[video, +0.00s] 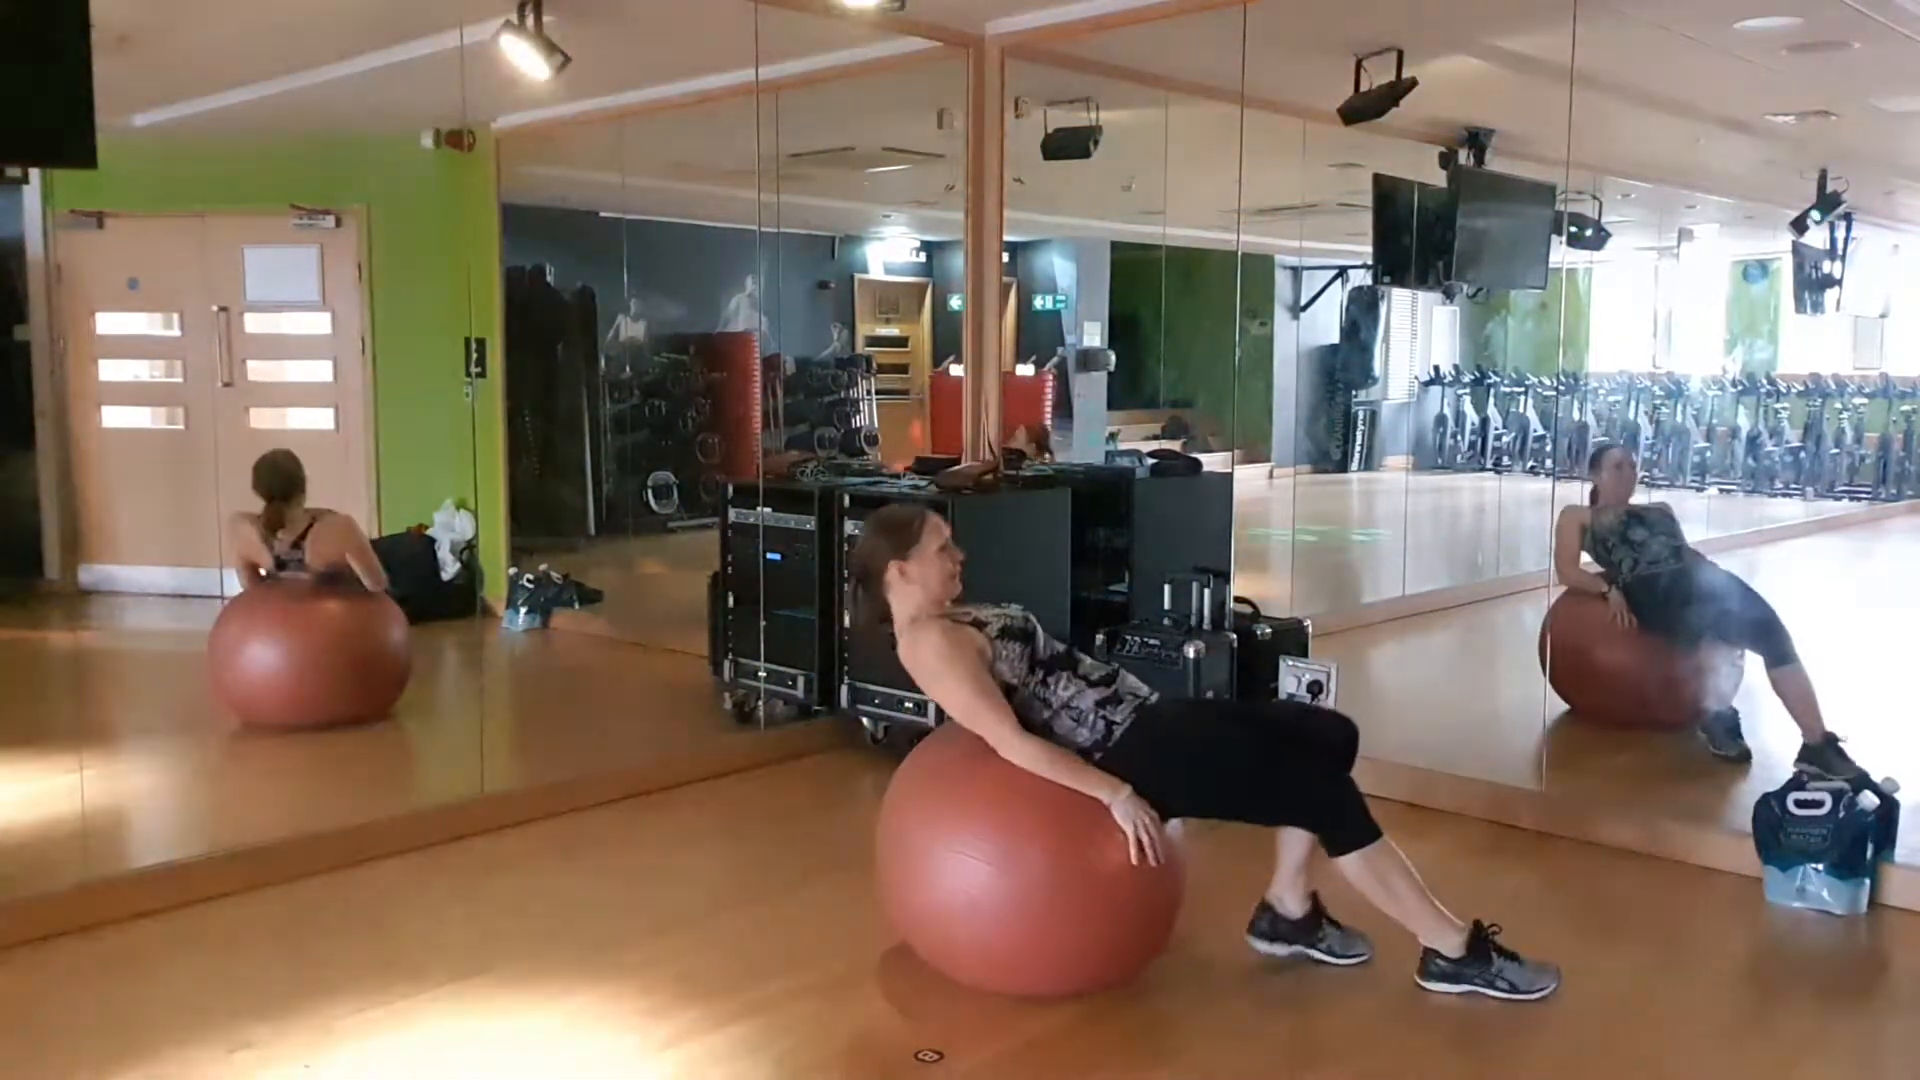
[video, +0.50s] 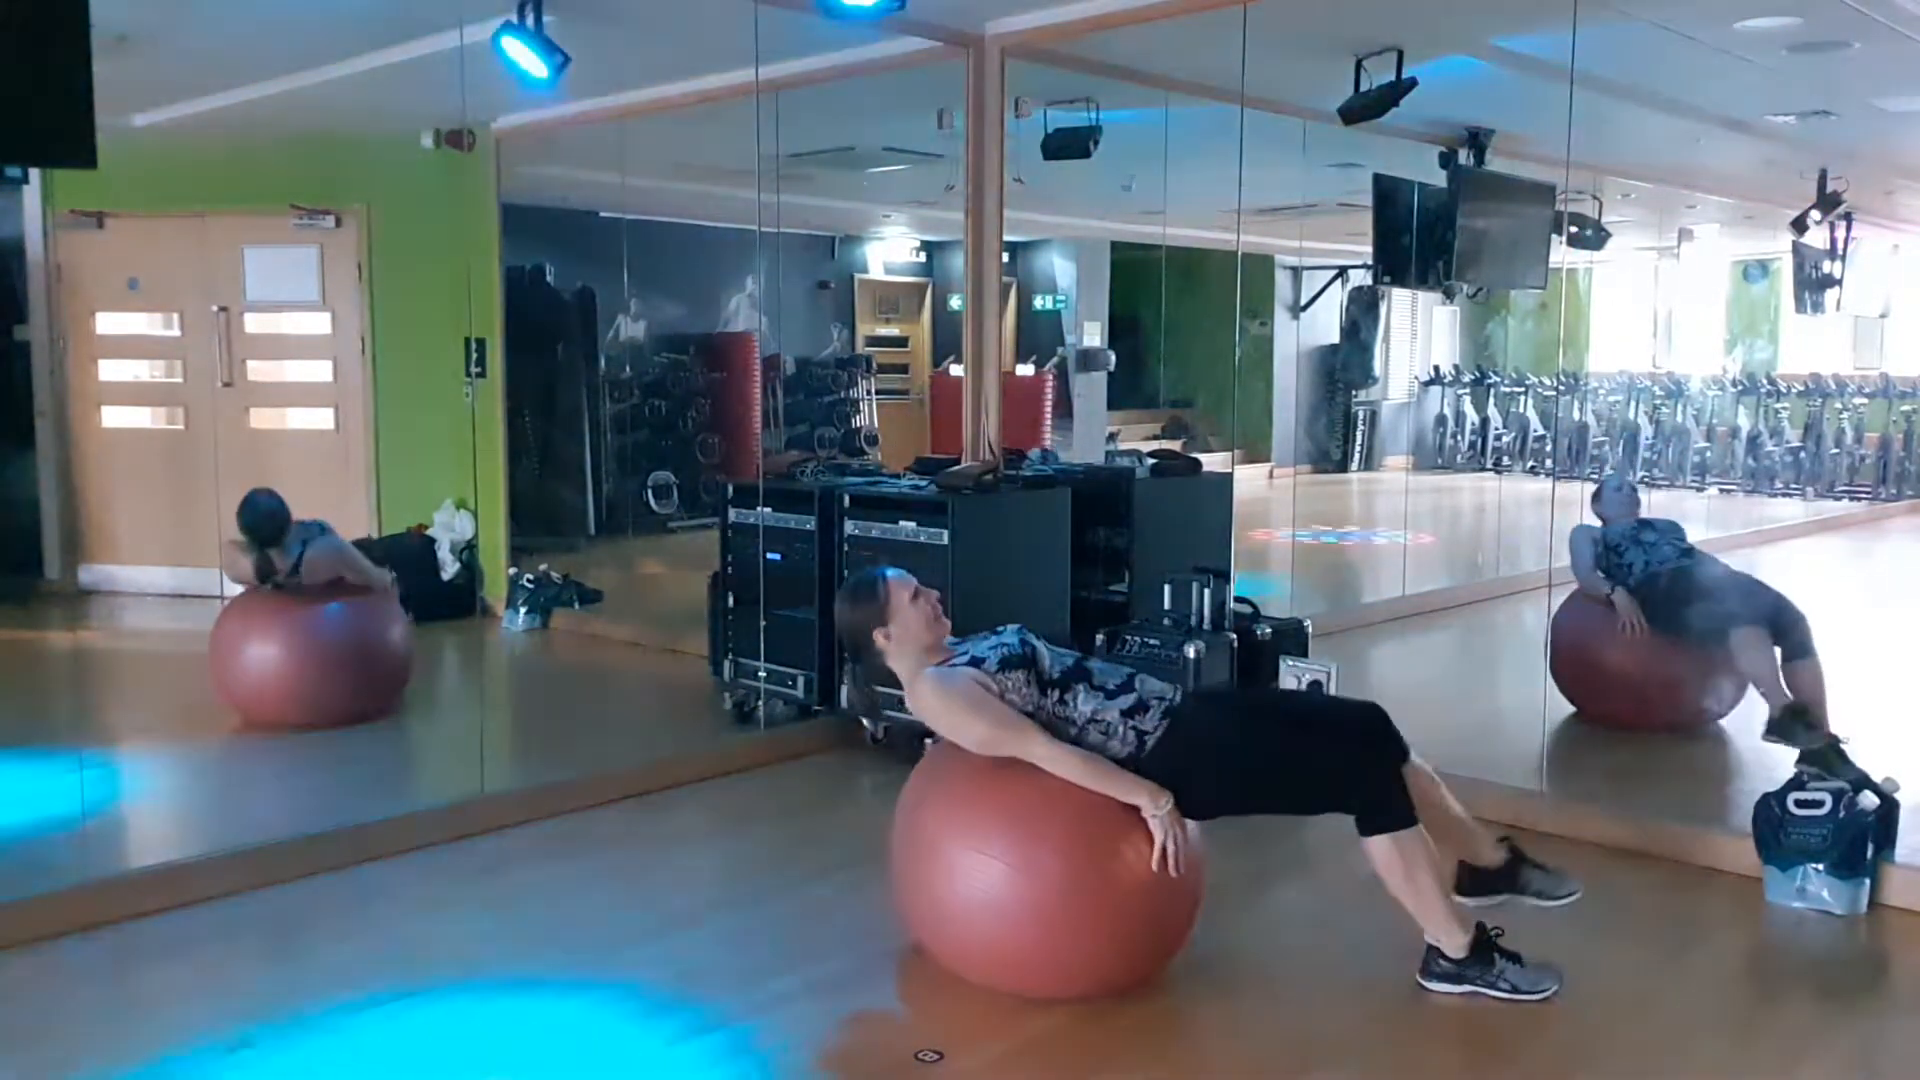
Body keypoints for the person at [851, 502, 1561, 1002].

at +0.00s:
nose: (958, 557)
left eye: (952, 544)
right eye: (942, 549)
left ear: (919, 565)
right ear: (899, 574)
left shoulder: (956, 620)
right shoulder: (933, 643)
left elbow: (1045, 691)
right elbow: (1008, 737)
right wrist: (1111, 791)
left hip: (1145, 720)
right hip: (1128, 751)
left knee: (1327, 733)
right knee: (1320, 780)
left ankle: (1290, 911)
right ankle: (1453, 946)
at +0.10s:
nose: (951, 567)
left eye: (945, 555)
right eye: (934, 561)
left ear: (919, 577)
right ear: (891, 589)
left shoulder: (957, 628)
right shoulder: (932, 657)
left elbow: (1045, 691)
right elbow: (1014, 739)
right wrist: (1119, 790)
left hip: (1152, 714)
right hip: (1136, 751)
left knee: (1335, 717)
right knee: (1329, 781)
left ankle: (1305, 890)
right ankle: (1452, 946)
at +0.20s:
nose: (942, 572)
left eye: (937, 560)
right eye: (925, 566)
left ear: (914, 586)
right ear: (885, 597)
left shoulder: (955, 638)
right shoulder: (933, 668)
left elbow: (1048, 695)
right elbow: (1025, 740)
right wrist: (1128, 789)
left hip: (1165, 703)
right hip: (1151, 748)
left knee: (1347, 700)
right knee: (1344, 781)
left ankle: (1332, 870)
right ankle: (1454, 947)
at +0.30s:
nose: (936, 583)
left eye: (927, 573)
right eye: (918, 581)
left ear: (911, 596)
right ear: (888, 612)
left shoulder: (960, 644)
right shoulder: (932, 677)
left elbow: (1061, 692)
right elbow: (1026, 740)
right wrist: (1134, 790)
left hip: (1178, 704)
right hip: (1162, 749)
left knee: (1358, 700)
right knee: (1352, 776)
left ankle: (1367, 865)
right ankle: (1453, 945)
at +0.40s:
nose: (932, 589)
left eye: (923, 581)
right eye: (914, 590)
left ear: (910, 608)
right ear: (886, 626)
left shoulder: (966, 649)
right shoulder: (934, 684)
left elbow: (1073, 690)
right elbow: (1029, 743)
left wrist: (1175, 707)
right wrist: (1137, 792)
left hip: (1187, 709)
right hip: (1167, 752)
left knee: (1363, 713)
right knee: (1354, 774)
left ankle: (1434, 867)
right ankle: (1450, 947)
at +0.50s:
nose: (930, 593)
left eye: (920, 585)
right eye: (912, 595)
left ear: (907, 618)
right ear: (888, 631)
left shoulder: (968, 656)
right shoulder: (937, 688)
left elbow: (1074, 691)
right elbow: (1032, 746)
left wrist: (1180, 708)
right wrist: (1142, 793)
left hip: (1185, 715)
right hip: (1165, 754)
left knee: (1372, 729)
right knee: (1365, 772)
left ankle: (1481, 863)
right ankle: (1451, 951)